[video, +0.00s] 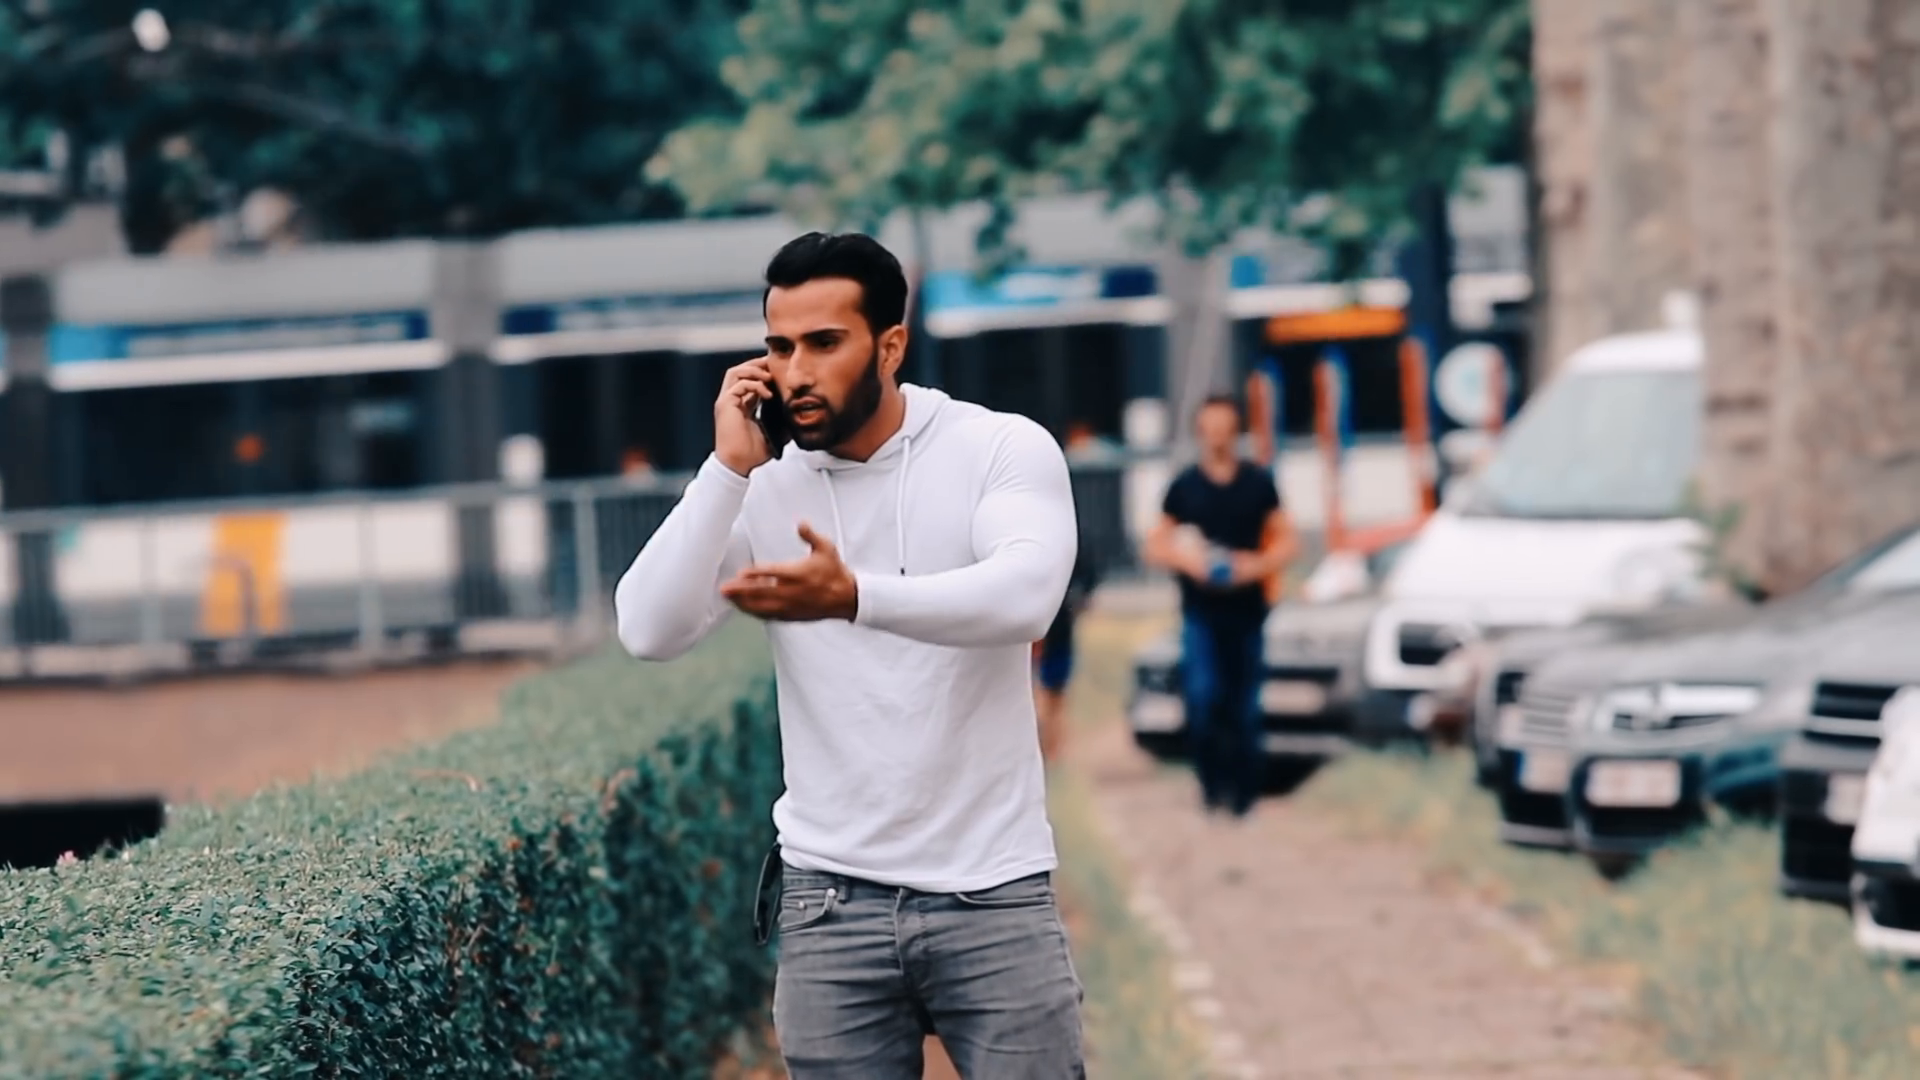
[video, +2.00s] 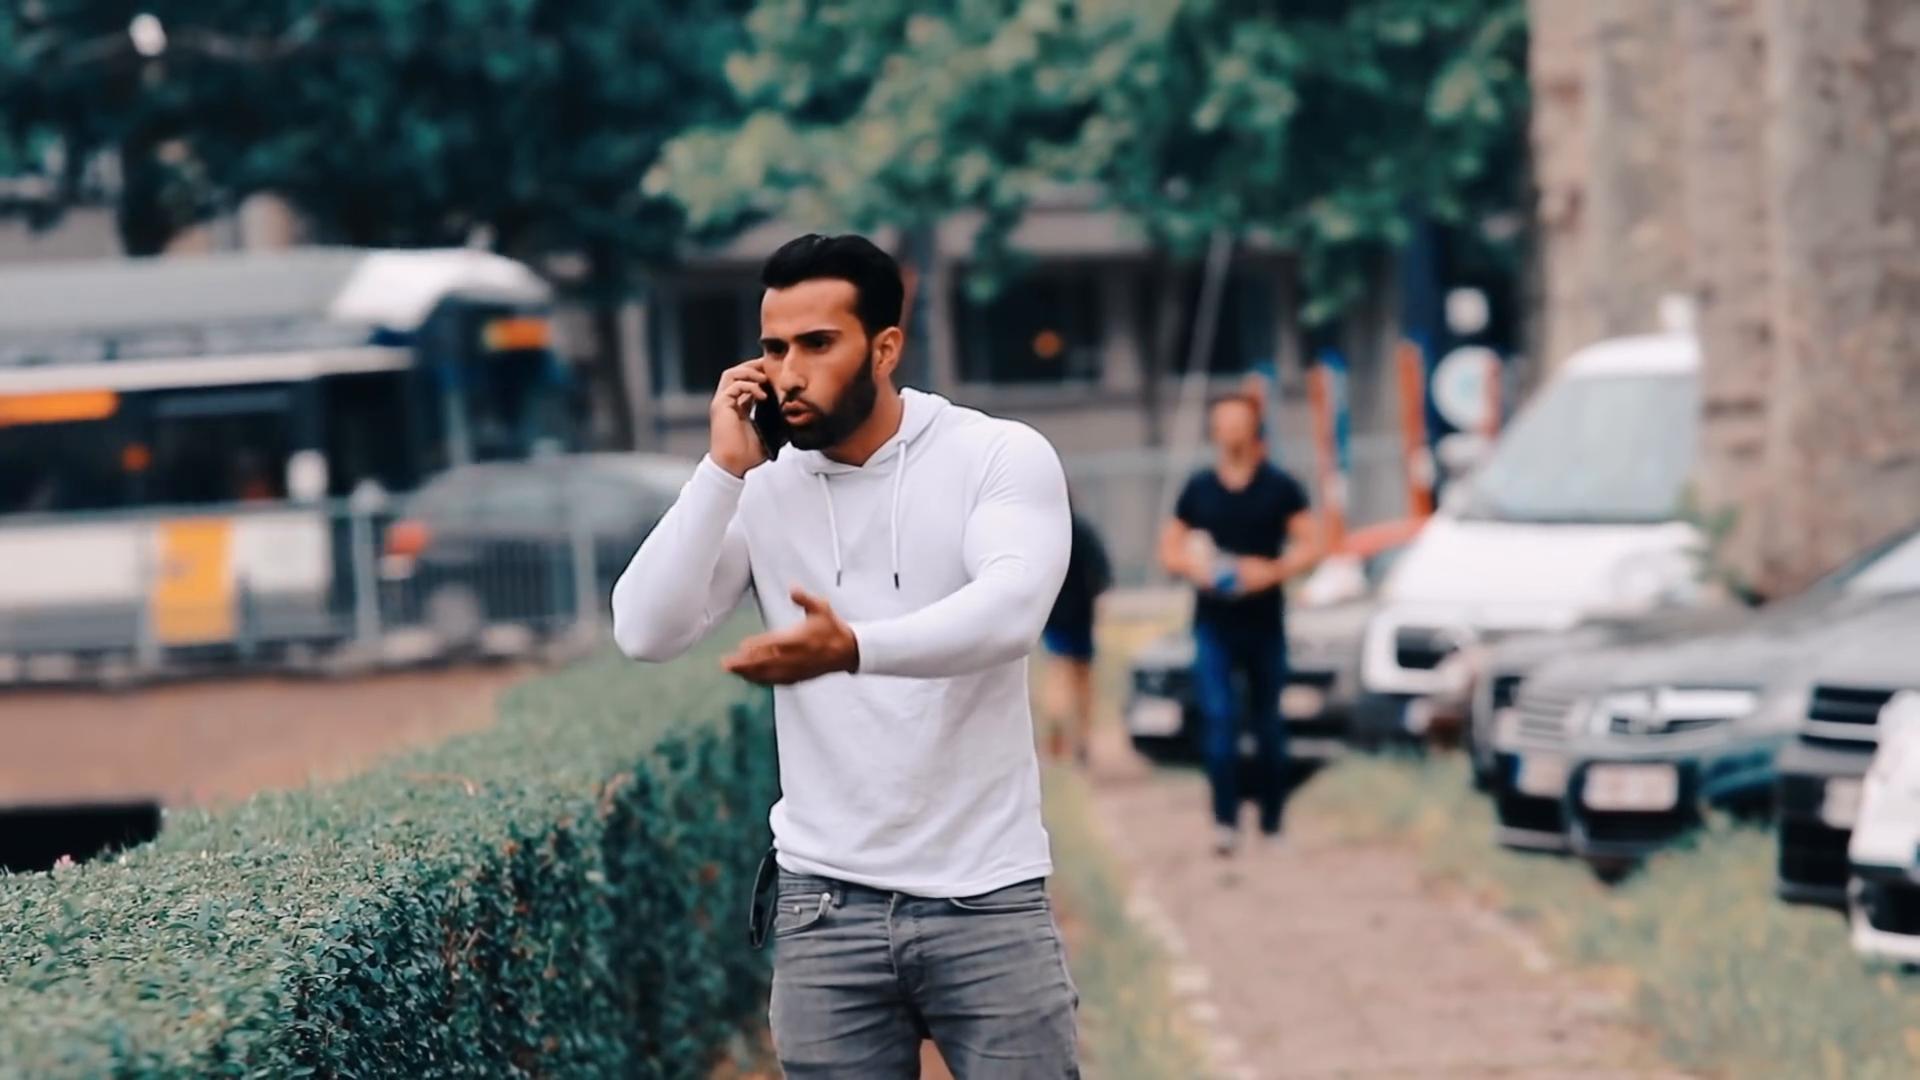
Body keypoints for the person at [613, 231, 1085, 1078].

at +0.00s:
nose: (794, 373)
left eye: (822, 343)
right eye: (780, 348)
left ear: (890, 346)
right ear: (764, 355)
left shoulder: (1007, 450)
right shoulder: (760, 490)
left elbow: (1023, 599)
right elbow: (648, 630)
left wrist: (853, 596)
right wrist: (727, 467)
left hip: (996, 895)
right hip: (827, 901)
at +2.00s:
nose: (786, 373)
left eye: (815, 344)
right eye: (774, 348)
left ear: (885, 347)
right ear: (759, 355)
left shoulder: (1004, 458)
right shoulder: (758, 491)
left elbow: (1009, 617)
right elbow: (643, 631)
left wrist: (854, 648)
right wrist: (723, 469)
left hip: (990, 900)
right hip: (821, 906)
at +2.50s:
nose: (784, 374)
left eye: (812, 343)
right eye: (770, 348)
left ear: (881, 346)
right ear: (755, 355)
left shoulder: (1000, 456)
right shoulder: (758, 482)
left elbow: (1004, 603)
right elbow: (640, 630)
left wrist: (827, 554)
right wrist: (716, 470)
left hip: (984, 897)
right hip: (816, 903)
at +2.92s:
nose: (781, 372)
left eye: (810, 342)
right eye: (768, 347)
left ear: (880, 345)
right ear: (754, 355)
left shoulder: (999, 457)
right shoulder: (754, 489)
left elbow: (1002, 616)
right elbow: (639, 632)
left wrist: (840, 638)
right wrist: (718, 467)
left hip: (984, 900)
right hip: (815, 906)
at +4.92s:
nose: (780, 373)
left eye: (809, 345)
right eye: (768, 347)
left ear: (877, 348)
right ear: (752, 351)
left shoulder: (988, 451)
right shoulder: (750, 488)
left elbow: (1003, 583)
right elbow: (628, 626)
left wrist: (820, 571)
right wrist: (713, 466)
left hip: (975, 899)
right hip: (807, 906)